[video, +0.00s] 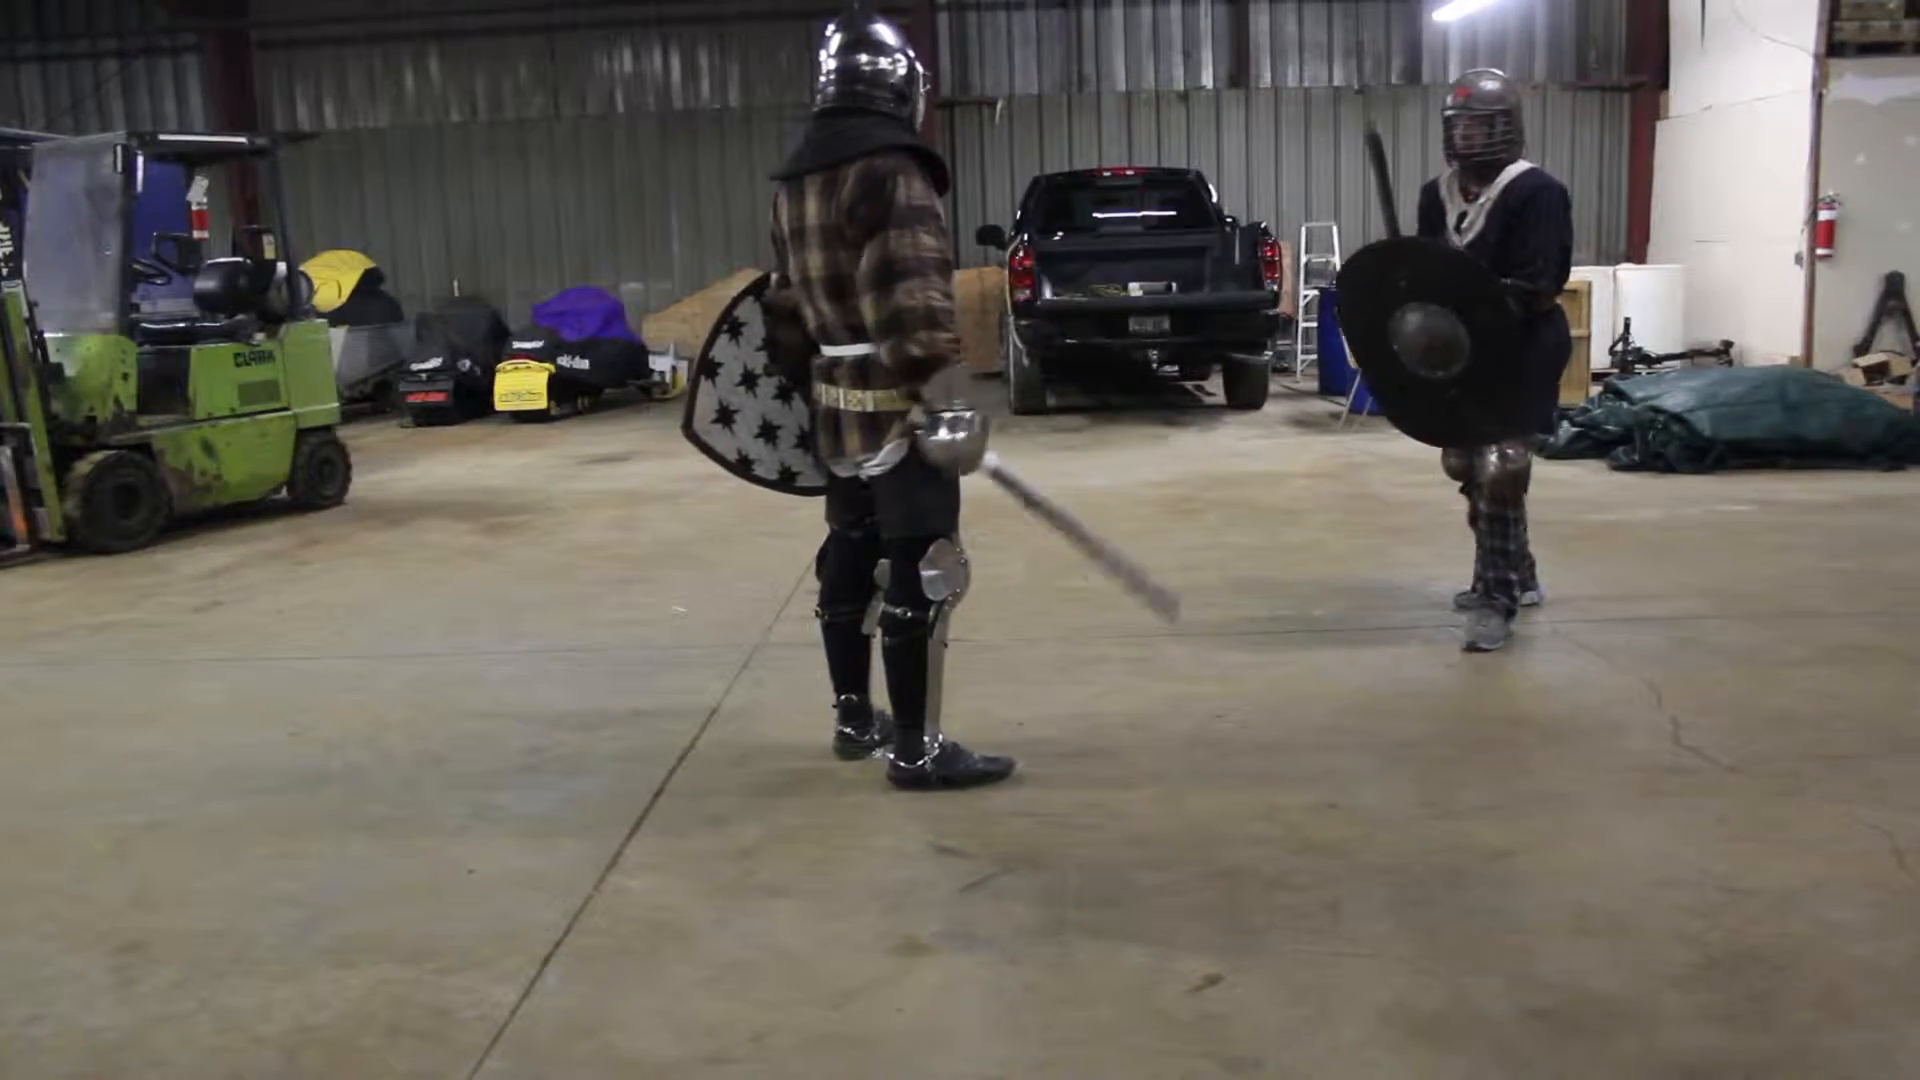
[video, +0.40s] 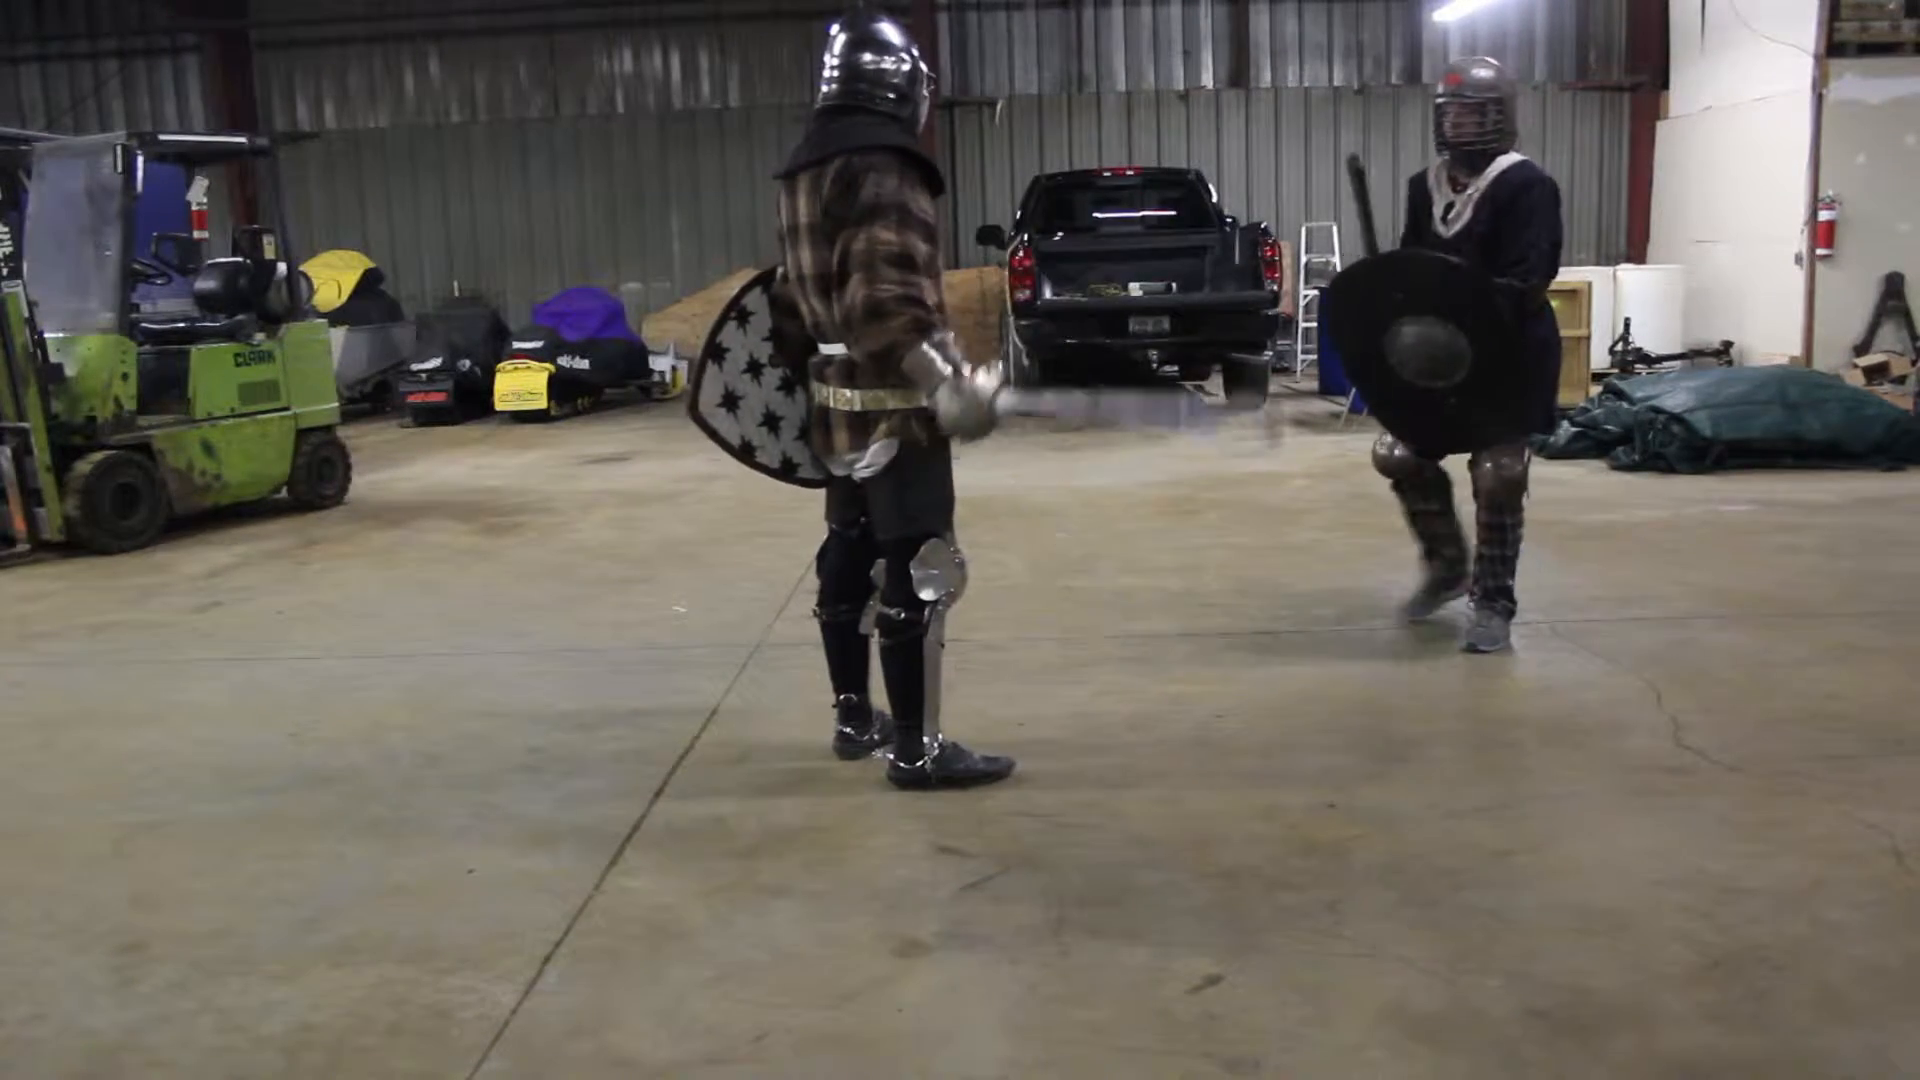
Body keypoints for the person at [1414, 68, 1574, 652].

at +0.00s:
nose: (1471, 133)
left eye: (1484, 121)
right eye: (1461, 122)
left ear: (1509, 127)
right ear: (1447, 129)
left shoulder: (1537, 192)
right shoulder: (1435, 196)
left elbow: (1543, 279)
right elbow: (1428, 273)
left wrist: (1473, 311)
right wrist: (1421, 324)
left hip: (1524, 354)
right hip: (1464, 355)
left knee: (1501, 465)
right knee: (1465, 463)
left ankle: (1494, 598)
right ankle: (1515, 573)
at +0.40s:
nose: (1464, 122)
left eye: (1479, 111)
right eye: (1454, 111)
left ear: (1504, 117)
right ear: (1440, 118)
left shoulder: (1528, 186)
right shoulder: (1424, 187)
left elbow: (1529, 281)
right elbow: (1411, 273)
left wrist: (1460, 307)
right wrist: (1396, 334)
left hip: (1514, 359)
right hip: (1443, 357)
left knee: (1499, 470)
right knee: (1400, 456)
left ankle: (1492, 604)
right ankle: (1446, 565)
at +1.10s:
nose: (1362, 157)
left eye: (1374, 147)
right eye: (1352, 149)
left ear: (1398, 150)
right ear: (1342, 161)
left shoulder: (1445, 191)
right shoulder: (1335, 208)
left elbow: (1421, 189)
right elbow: (1272, 237)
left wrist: (1393, 125)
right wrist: (1262, 171)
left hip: (1452, 336)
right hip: (1383, 341)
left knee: (1451, 472)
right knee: (1357, 467)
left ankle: (1482, 588)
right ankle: (1365, 603)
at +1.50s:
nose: (1391, 151)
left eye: (1404, 135)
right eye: (1379, 140)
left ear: (1425, 141)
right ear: (1363, 153)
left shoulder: (1459, 196)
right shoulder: (1351, 207)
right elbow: (1290, 247)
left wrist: (1419, 143)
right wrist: (1277, 188)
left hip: (1461, 338)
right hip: (1388, 343)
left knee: (1470, 475)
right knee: (1365, 469)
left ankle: (1500, 593)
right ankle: (1365, 600)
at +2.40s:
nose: (1436, 145)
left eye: (1449, 130)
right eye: (1426, 134)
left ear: (1468, 138)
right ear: (1408, 146)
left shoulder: (1502, 199)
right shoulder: (1395, 206)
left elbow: (1489, 247)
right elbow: (1326, 236)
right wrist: (1310, 170)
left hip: (1495, 347)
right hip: (1426, 351)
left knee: (1494, 486)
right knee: (1387, 476)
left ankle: (1506, 600)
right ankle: (1356, 601)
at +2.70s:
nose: (1417, 153)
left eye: (1427, 140)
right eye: (1401, 141)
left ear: (1445, 144)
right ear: (1378, 144)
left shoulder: (1463, 211)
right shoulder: (1364, 204)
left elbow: (1466, 300)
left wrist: (1415, 339)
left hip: (1454, 360)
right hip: (1380, 360)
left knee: (1470, 499)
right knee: (1341, 479)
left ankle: (1503, 597)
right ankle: (1345, 608)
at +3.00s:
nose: (1394, 153)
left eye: (1404, 140)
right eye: (1380, 142)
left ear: (1421, 145)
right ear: (1358, 147)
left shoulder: (1444, 212)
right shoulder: (1347, 210)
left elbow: (1447, 303)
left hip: (1439, 359)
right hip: (1365, 360)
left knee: (1462, 498)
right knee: (1328, 481)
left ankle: (1503, 598)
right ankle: (1345, 608)